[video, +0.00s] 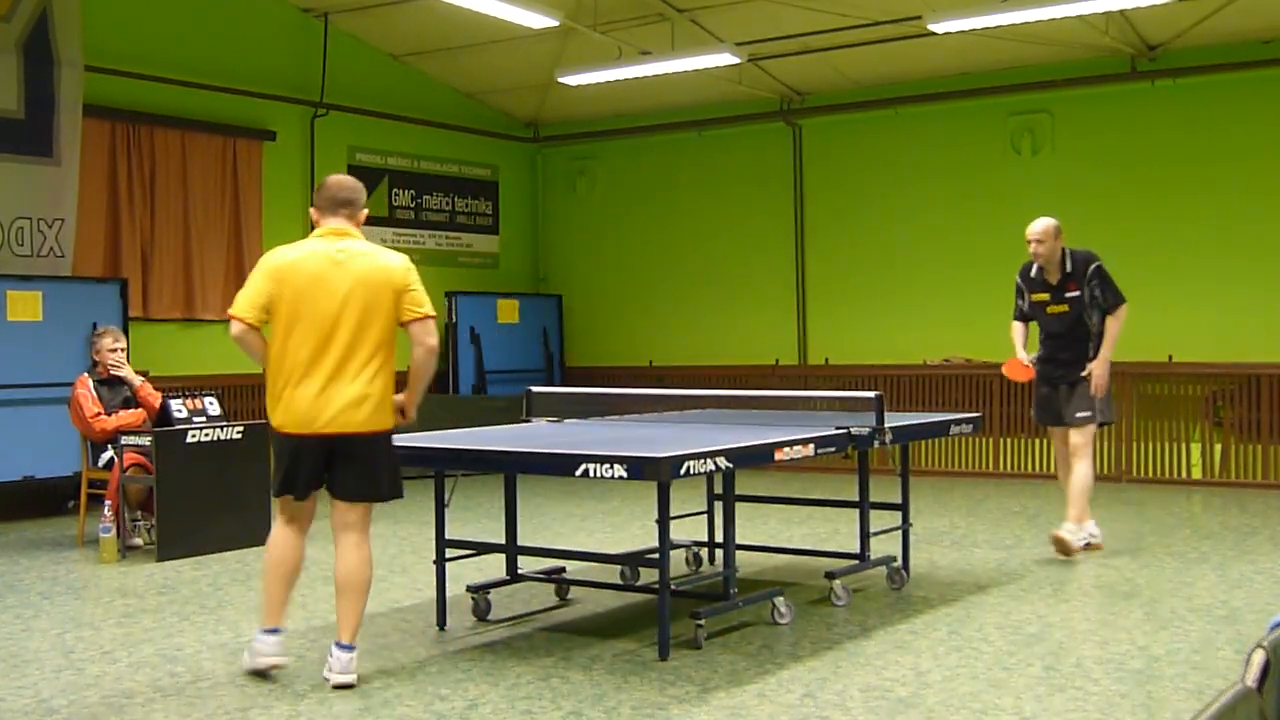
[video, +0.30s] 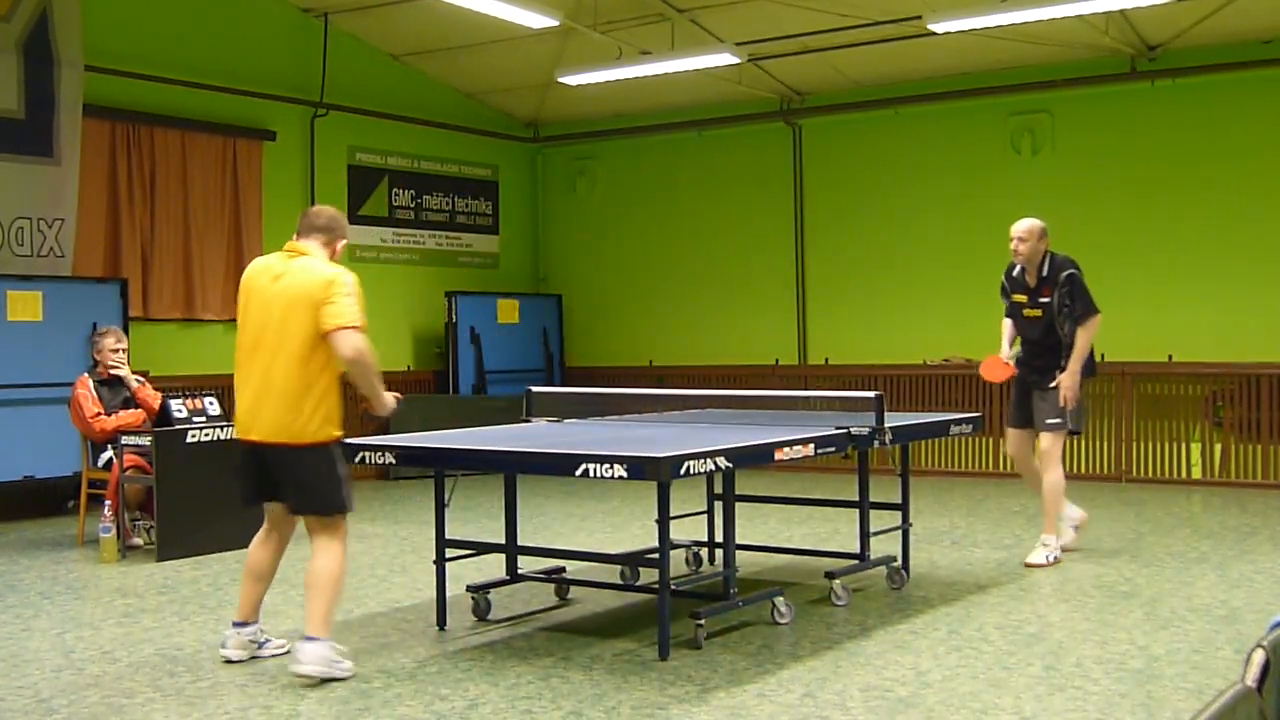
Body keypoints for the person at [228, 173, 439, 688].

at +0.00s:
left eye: (317, 213)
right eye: (363, 213)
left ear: (313, 215)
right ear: (364, 216)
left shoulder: (280, 261)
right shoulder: (393, 265)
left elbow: (241, 328)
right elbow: (427, 341)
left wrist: (277, 364)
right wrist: (412, 398)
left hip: (296, 420)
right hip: (364, 422)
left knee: (289, 521)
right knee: (353, 530)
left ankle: (269, 639)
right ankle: (344, 655)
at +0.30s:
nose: (344, 253)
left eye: (344, 248)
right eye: (345, 248)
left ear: (296, 237)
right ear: (337, 245)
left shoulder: (256, 270)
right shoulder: (334, 278)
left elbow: (256, 334)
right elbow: (350, 348)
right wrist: (376, 395)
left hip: (255, 427)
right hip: (305, 432)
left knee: (277, 524)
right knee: (328, 532)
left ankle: (243, 631)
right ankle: (316, 646)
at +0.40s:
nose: (343, 248)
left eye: (343, 240)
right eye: (345, 240)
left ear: (302, 226)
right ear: (336, 235)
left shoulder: (259, 262)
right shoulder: (314, 271)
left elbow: (268, 316)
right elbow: (306, 342)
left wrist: (328, 306)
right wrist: (349, 392)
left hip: (246, 416)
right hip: (286, 420)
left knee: (274, 517)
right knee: (315, 520)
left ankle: (242, 627)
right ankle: (265, 633)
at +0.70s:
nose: (347, 262)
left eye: (349, 253)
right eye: (346, 251)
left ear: (319, 245)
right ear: (324, 245)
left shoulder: (297, 289)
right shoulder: (277, 284)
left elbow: (299, 357)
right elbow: (258, 363)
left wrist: (345, 376)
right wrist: (319, 406)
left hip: (288, 426)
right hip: (257, 430)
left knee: (327, 508)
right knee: (279, 530)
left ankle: (273, 602)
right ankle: (222, 635)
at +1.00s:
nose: (387, 301)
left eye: (390, 292)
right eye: (385, 292)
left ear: (361, 285)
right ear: (358, 284)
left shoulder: (356, 328)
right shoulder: (293, 310)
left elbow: (360, 389)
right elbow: (269, 386)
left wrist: (398, 421)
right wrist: (336, 411)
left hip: (303, 426)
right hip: (248, 423)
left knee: (340, 514)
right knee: (258, 524)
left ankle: (333, 618)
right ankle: (220, 633)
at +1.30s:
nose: (390, 340)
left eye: (393, 332)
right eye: (387, 331)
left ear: (369, 323)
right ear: (357, 318)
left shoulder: (364, 356)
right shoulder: (299, 336)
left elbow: (370, 416)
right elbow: (284, 413)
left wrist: (416, 423)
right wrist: (354, 425)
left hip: (301, 438)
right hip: (243, 434)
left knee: (345, 515)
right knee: (214, 532)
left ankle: (334, 617)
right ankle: (143, 615)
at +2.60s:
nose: (323, 349)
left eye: (325, 342)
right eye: (317, 342)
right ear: (285, 336)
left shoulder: (315, 360)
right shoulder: (240, 353)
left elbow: (341, 415)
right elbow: (267, 409)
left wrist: (386, 407)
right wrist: (332, 389)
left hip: (278, 468)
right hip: (218, 472)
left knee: (347, 517)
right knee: (190, 559)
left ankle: (334, 616)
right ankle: (140, 624)